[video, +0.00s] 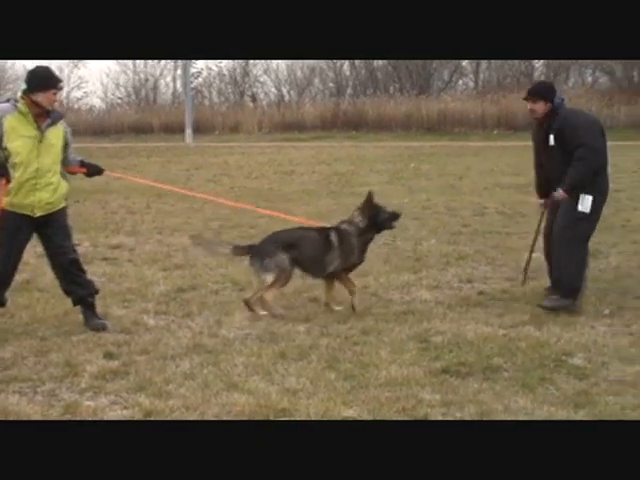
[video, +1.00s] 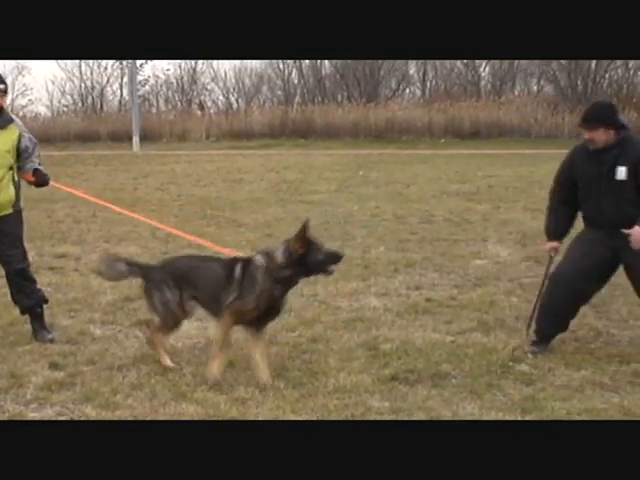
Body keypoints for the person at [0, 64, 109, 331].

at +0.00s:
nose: (55, 97)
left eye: (57, 92)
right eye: (50, 92)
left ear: (54, 93)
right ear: (33, 92)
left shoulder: (59, 126)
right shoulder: (7, 120)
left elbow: (67, 161)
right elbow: (3, 157)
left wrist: (85, 166)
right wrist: (5, 173)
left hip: (52, 206)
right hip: (15, 207)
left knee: (67, 260)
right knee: (4, 266)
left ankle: (89, 310)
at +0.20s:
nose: (37, 98)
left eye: (38, 93)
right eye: (32, 93)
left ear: (36, 95)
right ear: (14, 94)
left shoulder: (38, 125)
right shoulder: (3, 121)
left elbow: (43, 161)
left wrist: (58, 168)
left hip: (33, 207)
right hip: (5, 210)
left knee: (48, 260)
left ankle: (72, 311)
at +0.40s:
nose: (22, 99)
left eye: (24, 93)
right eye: (16, 94)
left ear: (24, 95)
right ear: (2, 95)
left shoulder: (31, 127)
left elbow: (41, 162)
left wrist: (55, 169)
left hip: (21, 209)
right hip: (4, 210)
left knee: (36, 261)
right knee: (33, 260)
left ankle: (59, 312)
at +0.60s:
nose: (15, 100)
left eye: (17, 94)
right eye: (10, 94)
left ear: (19, 96)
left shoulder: (25, 127)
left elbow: (37, 160)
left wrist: (49, 170)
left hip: (16, 209)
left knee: (31, 263)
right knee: (28, 262)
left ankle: (52, 316)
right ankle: (51, 316)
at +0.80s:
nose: (5, 102)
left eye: (8, 97)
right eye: (2, 96)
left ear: (12, 99)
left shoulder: (17, 129)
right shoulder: (13, 130)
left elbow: (30, 162)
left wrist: (41, 174)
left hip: (9, 210)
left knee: (20, 264)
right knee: (17, 264)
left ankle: (41, 319)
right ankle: (40, 317)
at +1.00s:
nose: (1, 100)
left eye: (3, 94)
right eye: (1, 95)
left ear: (6, 96)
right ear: (2, 97)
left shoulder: (14, 129)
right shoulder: (12, 130)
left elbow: (27, 160)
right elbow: (27, 159)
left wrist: (37, 174)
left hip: (8, 210)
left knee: (16, 265)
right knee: (14, 265)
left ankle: (37, 321)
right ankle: (36, 319)